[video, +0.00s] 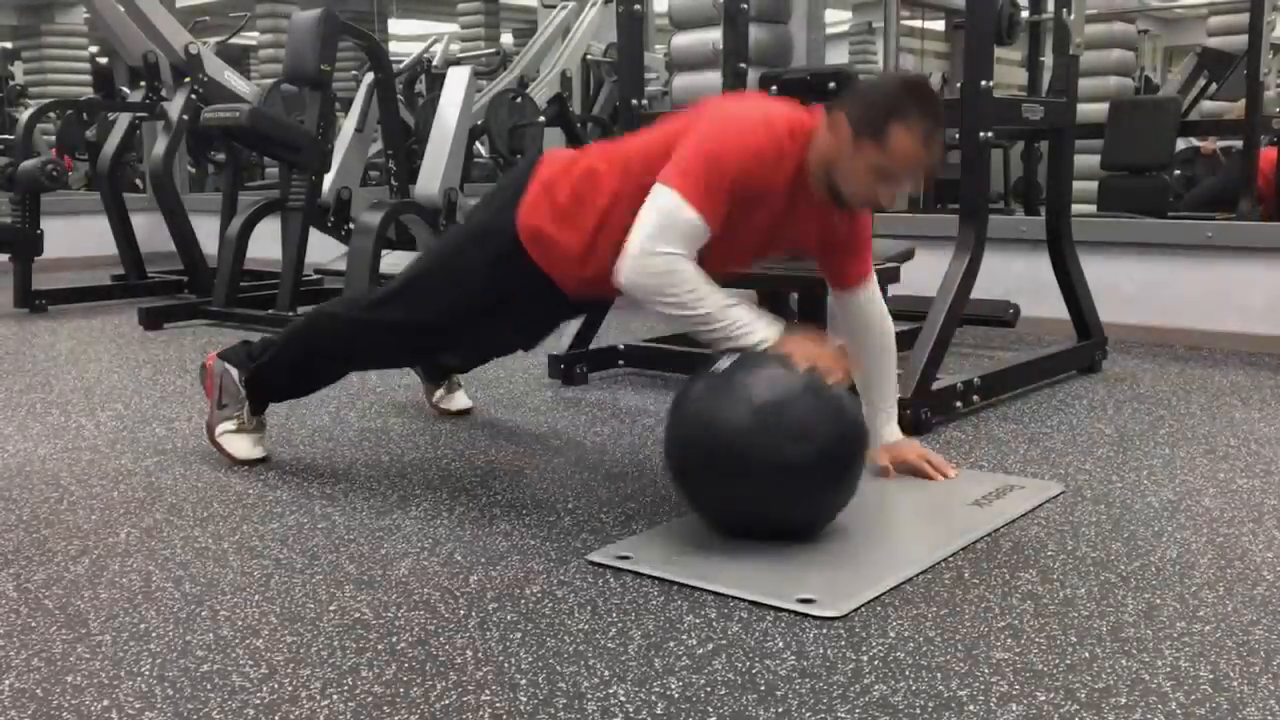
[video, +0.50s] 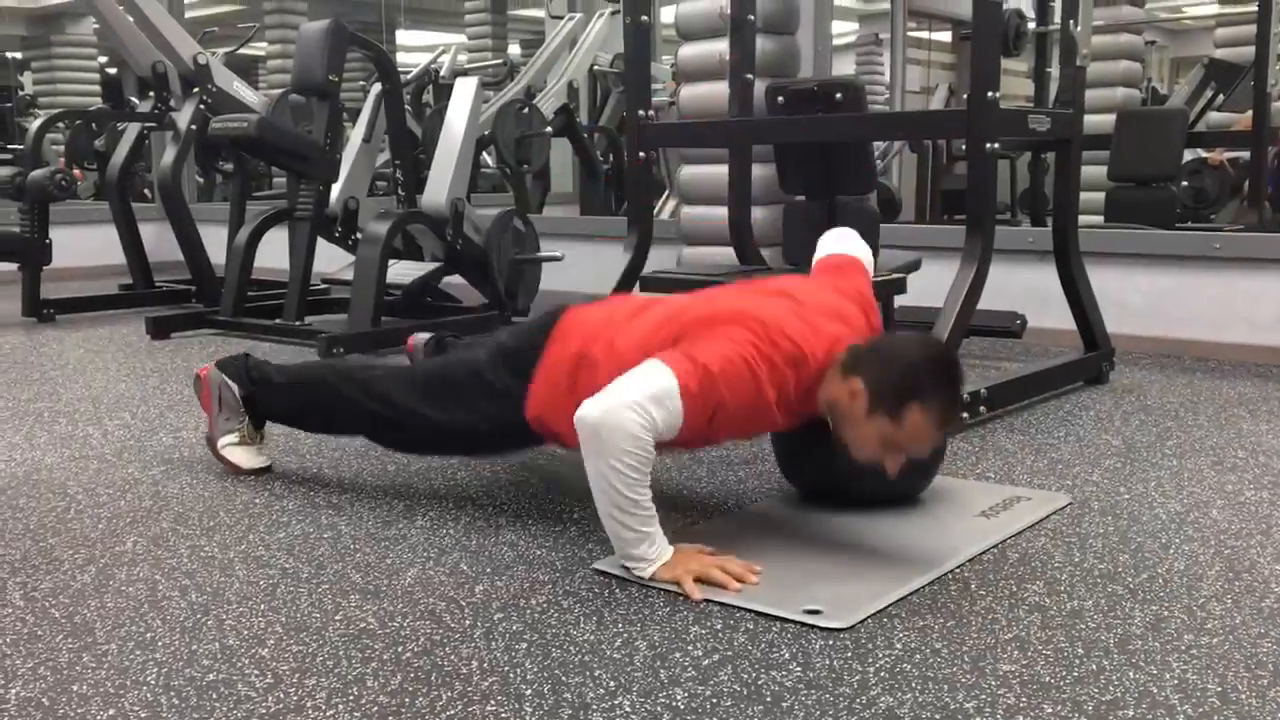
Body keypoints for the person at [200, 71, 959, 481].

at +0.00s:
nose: (889, 199)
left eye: (903, 187)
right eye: (887, 175)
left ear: (890, 169)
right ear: (843, 130)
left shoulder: (841, 203)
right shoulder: (745, 137)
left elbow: (865, 314)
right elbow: (652, 265)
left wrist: (886, 431)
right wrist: (771, 336)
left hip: (594, 269)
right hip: (545, 217)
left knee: (489, 330)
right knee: (404, 317)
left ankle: (435, 363)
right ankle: (242, 375)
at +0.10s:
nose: (861, 148)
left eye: (874, 135)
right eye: (857, 127)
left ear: (872, 112)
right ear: (815, 79)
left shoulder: (826, 141)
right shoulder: (721, 97)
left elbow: (859, 263)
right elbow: (660, 253)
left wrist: (894, 359)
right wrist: (789, 264)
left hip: (592, 246)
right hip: (530, 209)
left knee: (496, 321)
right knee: (397, 322)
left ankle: (432, 368)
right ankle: (240, 377)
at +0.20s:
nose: (854, 166)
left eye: (870, 154)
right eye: (850, 143)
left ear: (869, 131)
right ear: (809, 97)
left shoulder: (815, 129)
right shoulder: (714, 124)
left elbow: (838, 193)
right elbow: (615, 258)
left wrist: (863, 285)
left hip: (591, 259)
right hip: (520, 228)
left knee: (496, 331)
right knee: (393, 331)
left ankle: (435, 366)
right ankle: (238, 378)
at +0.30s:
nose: (872, 245)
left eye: (886, 232)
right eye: (871, 225)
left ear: (862, 188)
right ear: (827, 183)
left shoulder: (820, 173)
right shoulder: (714, 208)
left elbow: (826, 249)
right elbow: (648, 367)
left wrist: (838, 327)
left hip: (584, 277)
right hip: (522, 268)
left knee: (476, 333)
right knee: (388, 347)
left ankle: (431, 371)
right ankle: (234, 380)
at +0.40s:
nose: (890, 373)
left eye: (905, 359)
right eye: (886, 354)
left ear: (885, 303)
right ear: (843, 310)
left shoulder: (846, 249)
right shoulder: (741, 298)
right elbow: (612, 401)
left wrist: (807, 346)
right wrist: (649, 549)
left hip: (578, 272)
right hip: (534, 318)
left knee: (425, 338)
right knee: (385, 370)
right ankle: (236, 386)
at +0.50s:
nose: (890, 463)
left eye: (906, 451)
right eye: (889, 447)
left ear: (878, 378)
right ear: (848, 397)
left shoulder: (853, 310)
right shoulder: (749, 369)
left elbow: (840, 234)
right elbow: (611, 424)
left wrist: (826, 330)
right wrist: (652, 554)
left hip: (599, 323)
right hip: (555, 373)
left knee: (447, 368)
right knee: (402, 407)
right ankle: (240, 387)